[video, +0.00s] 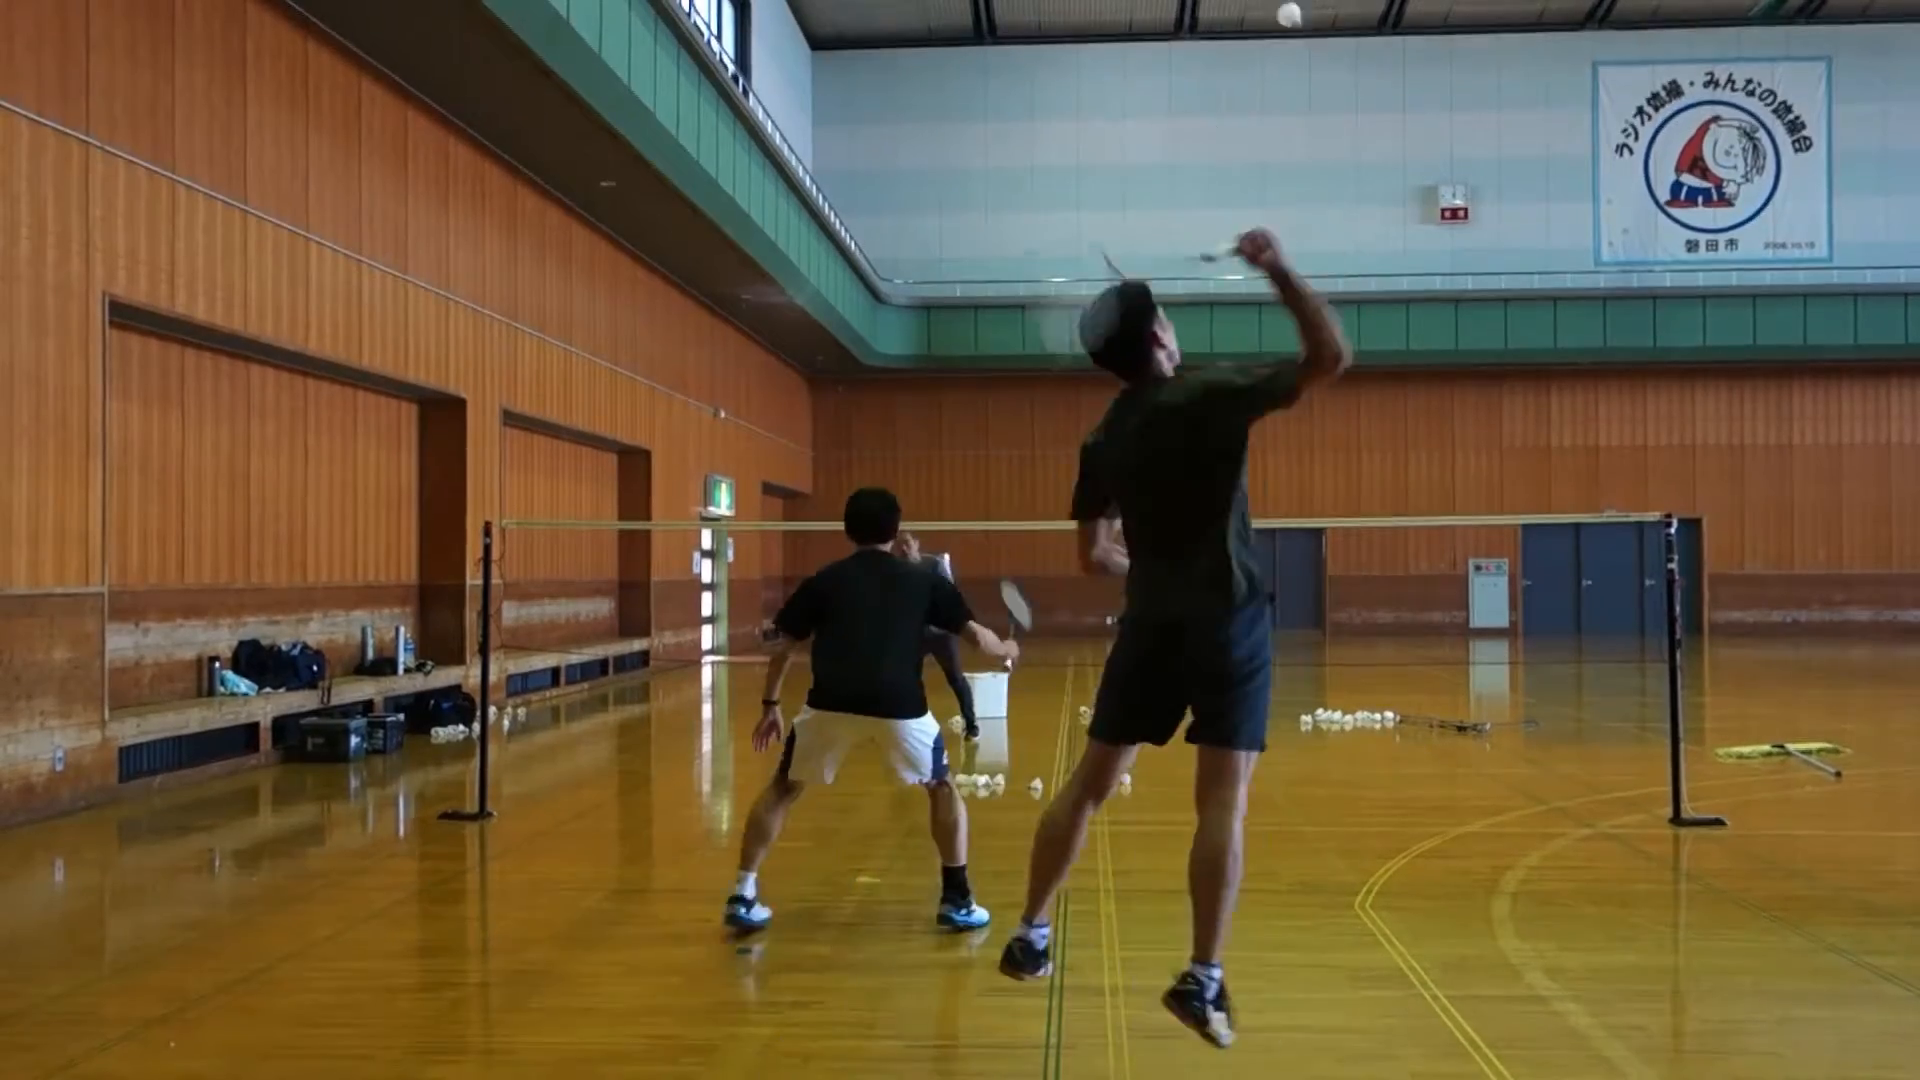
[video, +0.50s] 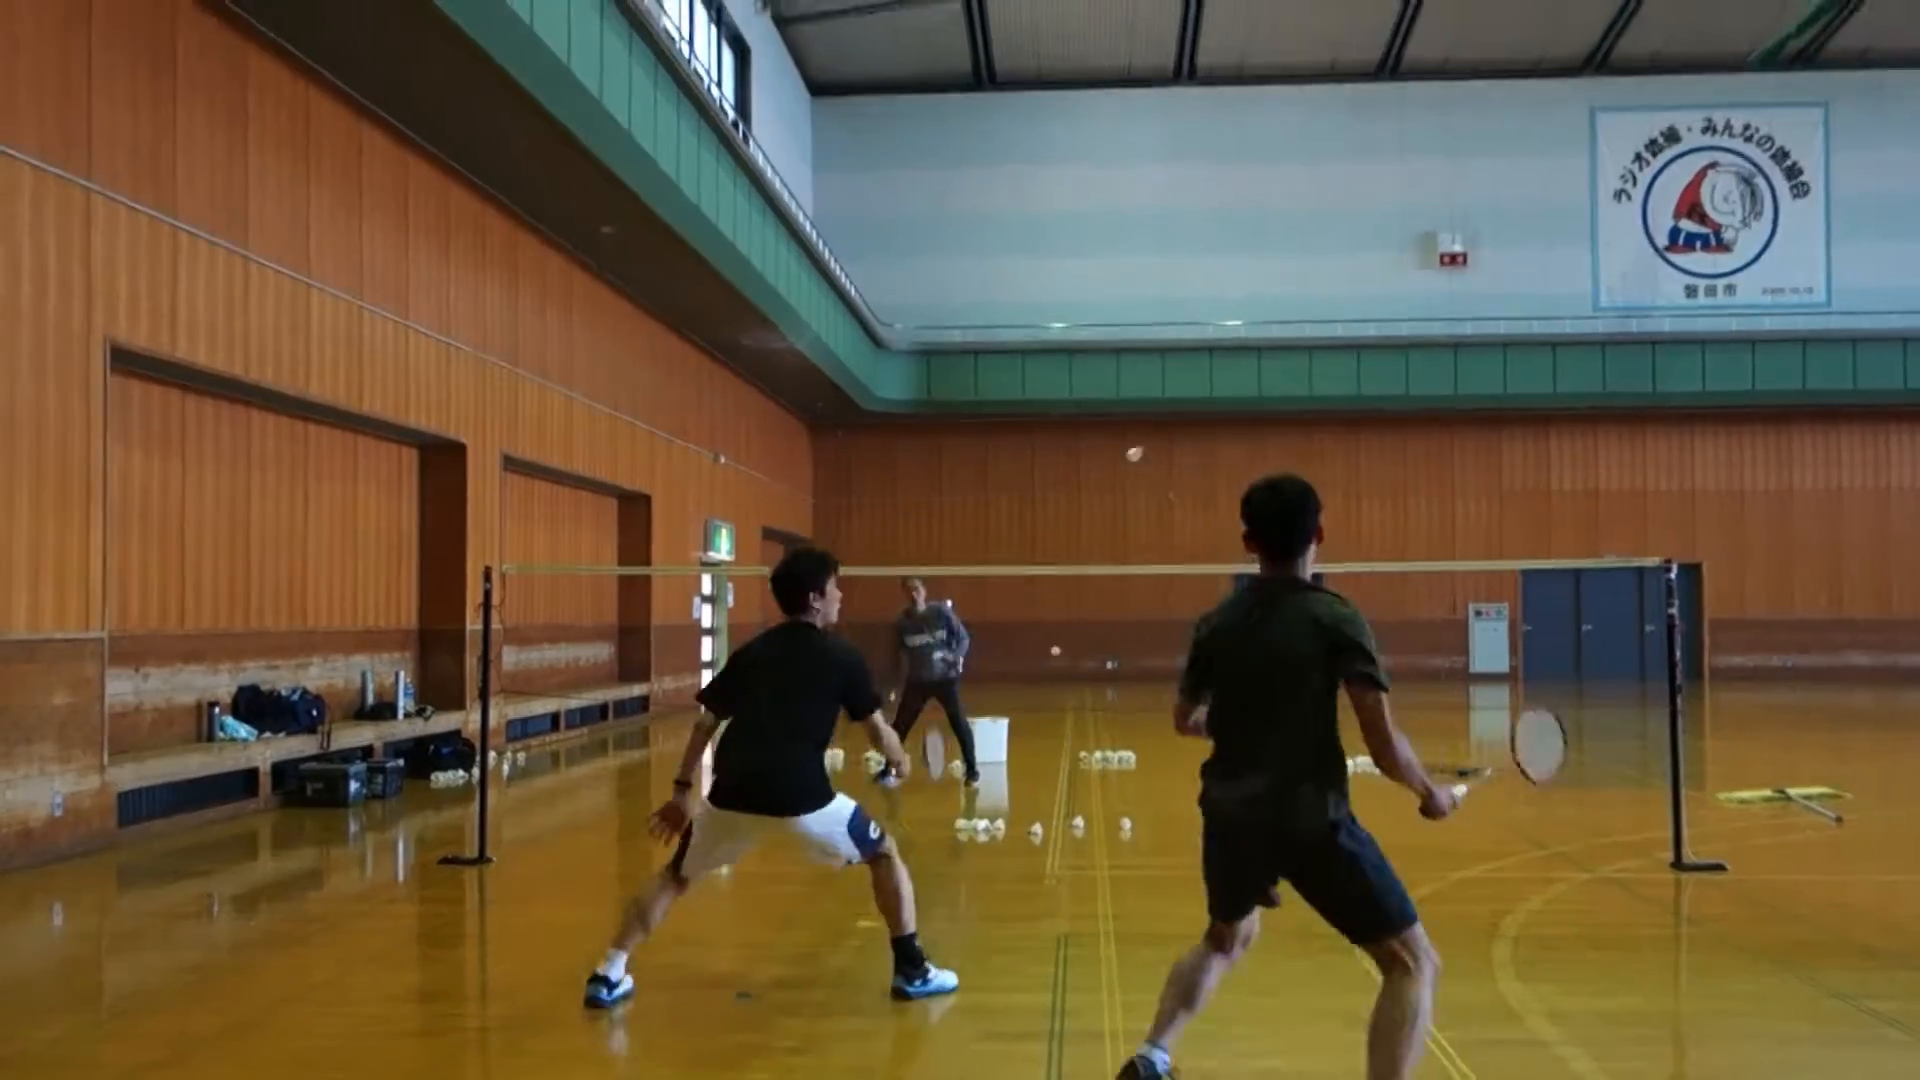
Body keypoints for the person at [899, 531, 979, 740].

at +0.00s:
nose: (904, 550)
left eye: (908, 544)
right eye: (900, 546)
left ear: (917, 545)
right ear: (894, 549)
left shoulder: (932, 565)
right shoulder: (890, 571)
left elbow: (948, 592)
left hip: (940, 628)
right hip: (912, 629)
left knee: (954, 676)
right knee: (908, 680)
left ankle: (970, 722)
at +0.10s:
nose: (911, 549)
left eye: (913, 543)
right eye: (907, 545)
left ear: (923, 543)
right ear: (903, 549)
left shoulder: (943, 565)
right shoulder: (902, 573)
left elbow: (963, 589)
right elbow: (895, 602)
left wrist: (960, 619)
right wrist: (904, 625)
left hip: (943, 632)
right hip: (916, 634)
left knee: (957, 677)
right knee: (901, 679)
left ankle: (971, 721)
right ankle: (897, 727)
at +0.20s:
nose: (916, 548)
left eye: (919, 543)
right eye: (912, 544)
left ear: (927, 543)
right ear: (907, 548)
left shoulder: (945, 566)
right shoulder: (903, 577)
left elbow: (966, 586)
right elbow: (894, 604)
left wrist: (965, 616)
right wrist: (902, 631)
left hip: (946, 631)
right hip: (916, 635)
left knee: (961, 680)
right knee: (900, 684)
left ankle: (971, 723)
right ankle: (885, 724)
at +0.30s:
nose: (917, 551)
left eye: (919, 546)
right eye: (912, 547)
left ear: (926, 547)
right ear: (907, 551)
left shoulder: (945, 571)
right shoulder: (903, 582)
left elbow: (965, 593)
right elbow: (895, 608)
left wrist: (964, 621)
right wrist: (905, 628)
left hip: (945, 634)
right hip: (916, 636)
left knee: (959, 680)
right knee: (899, 685)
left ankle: (970, 725)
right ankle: (887, 728)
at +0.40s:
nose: (916, 586)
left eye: (919, 581)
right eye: (912, 582)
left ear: (926, 582)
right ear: (906, 586)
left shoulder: (943, 605)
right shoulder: (902, 615)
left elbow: (963, 630)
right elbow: (897, 646)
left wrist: (962, 660)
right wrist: (915, 667)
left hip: (945, 671)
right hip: (916, 674)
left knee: (956, 714)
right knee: (898, 720)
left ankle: (970, 763)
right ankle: (887, 763)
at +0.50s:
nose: (914, 595)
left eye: (916, 589)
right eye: (910, 591)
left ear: (924, 590)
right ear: (905, 594)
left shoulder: (941, 612)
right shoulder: (903, 622)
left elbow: (963, 637)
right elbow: (901, 656)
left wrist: (958, 658)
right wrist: (898, 686)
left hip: (944, 678)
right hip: (917, 681)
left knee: (958, 723)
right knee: (900, 725)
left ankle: (971, 768)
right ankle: (888, 767)